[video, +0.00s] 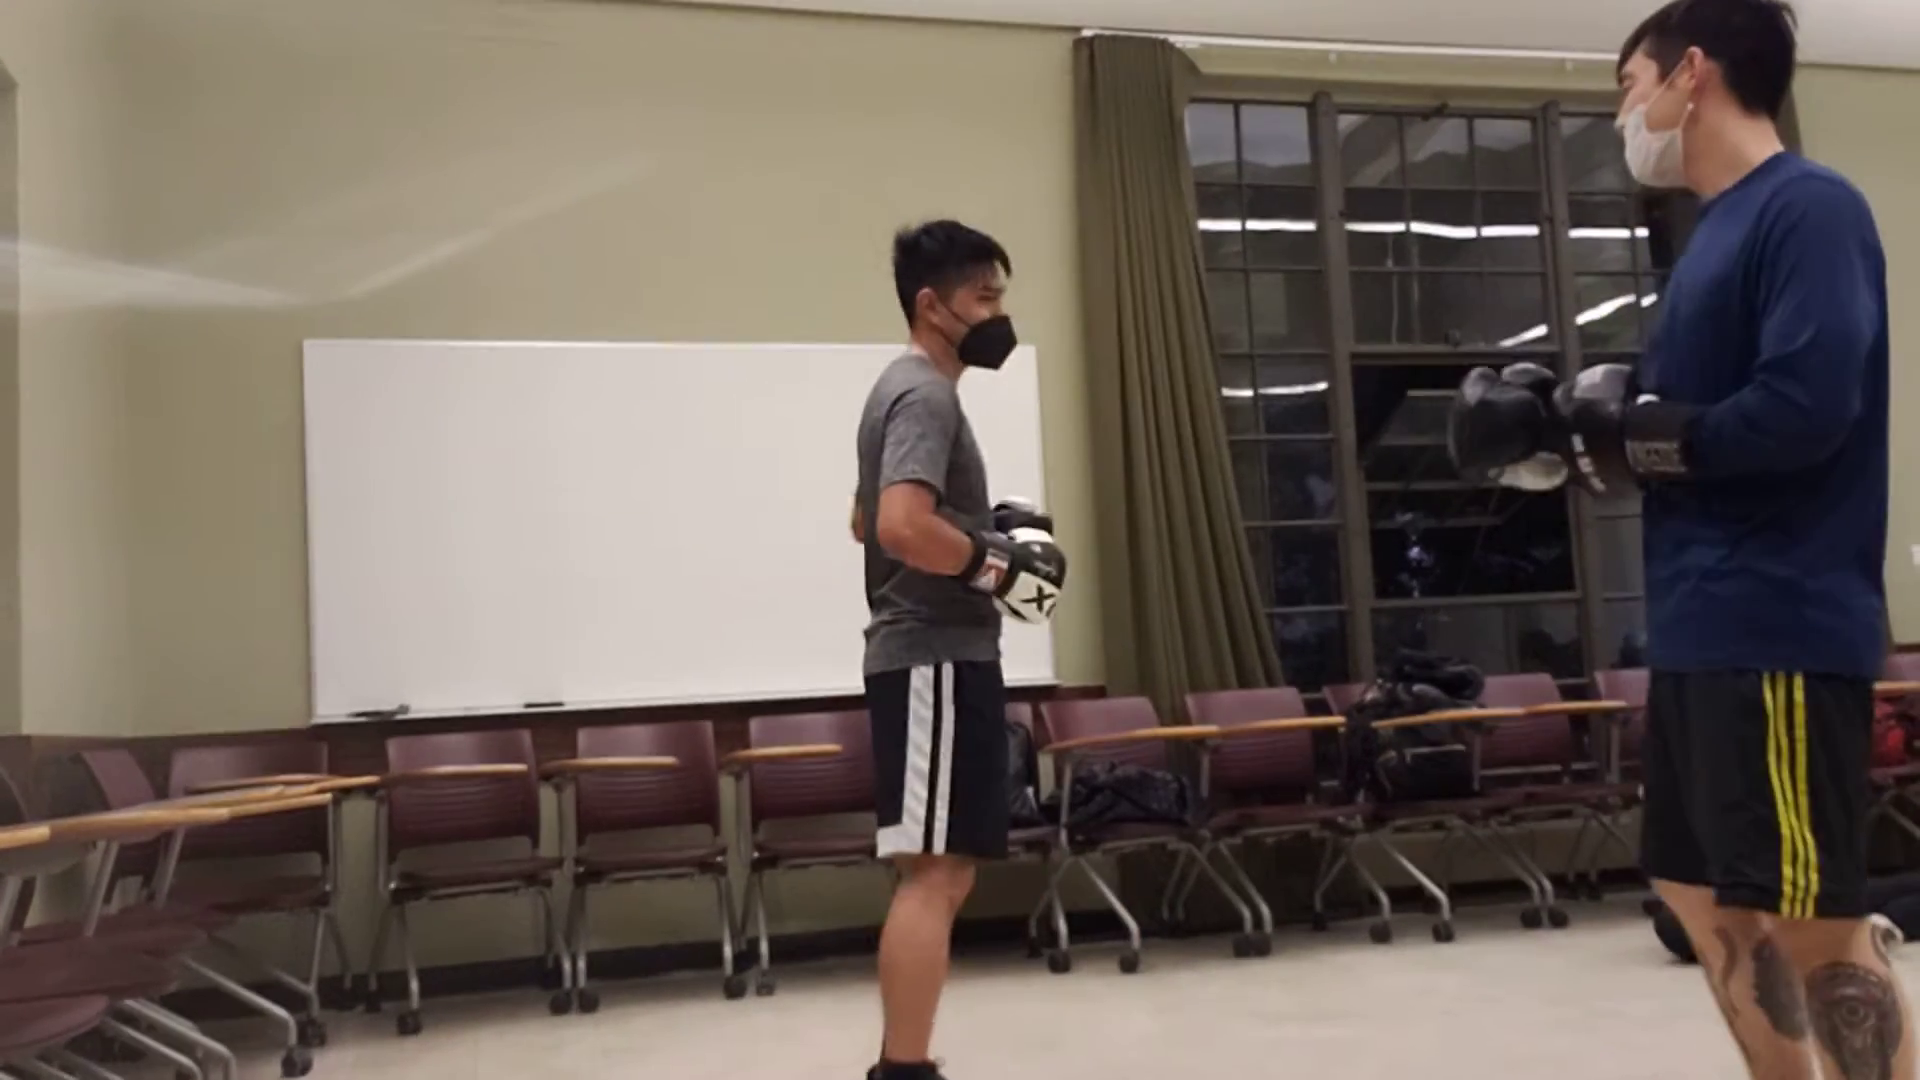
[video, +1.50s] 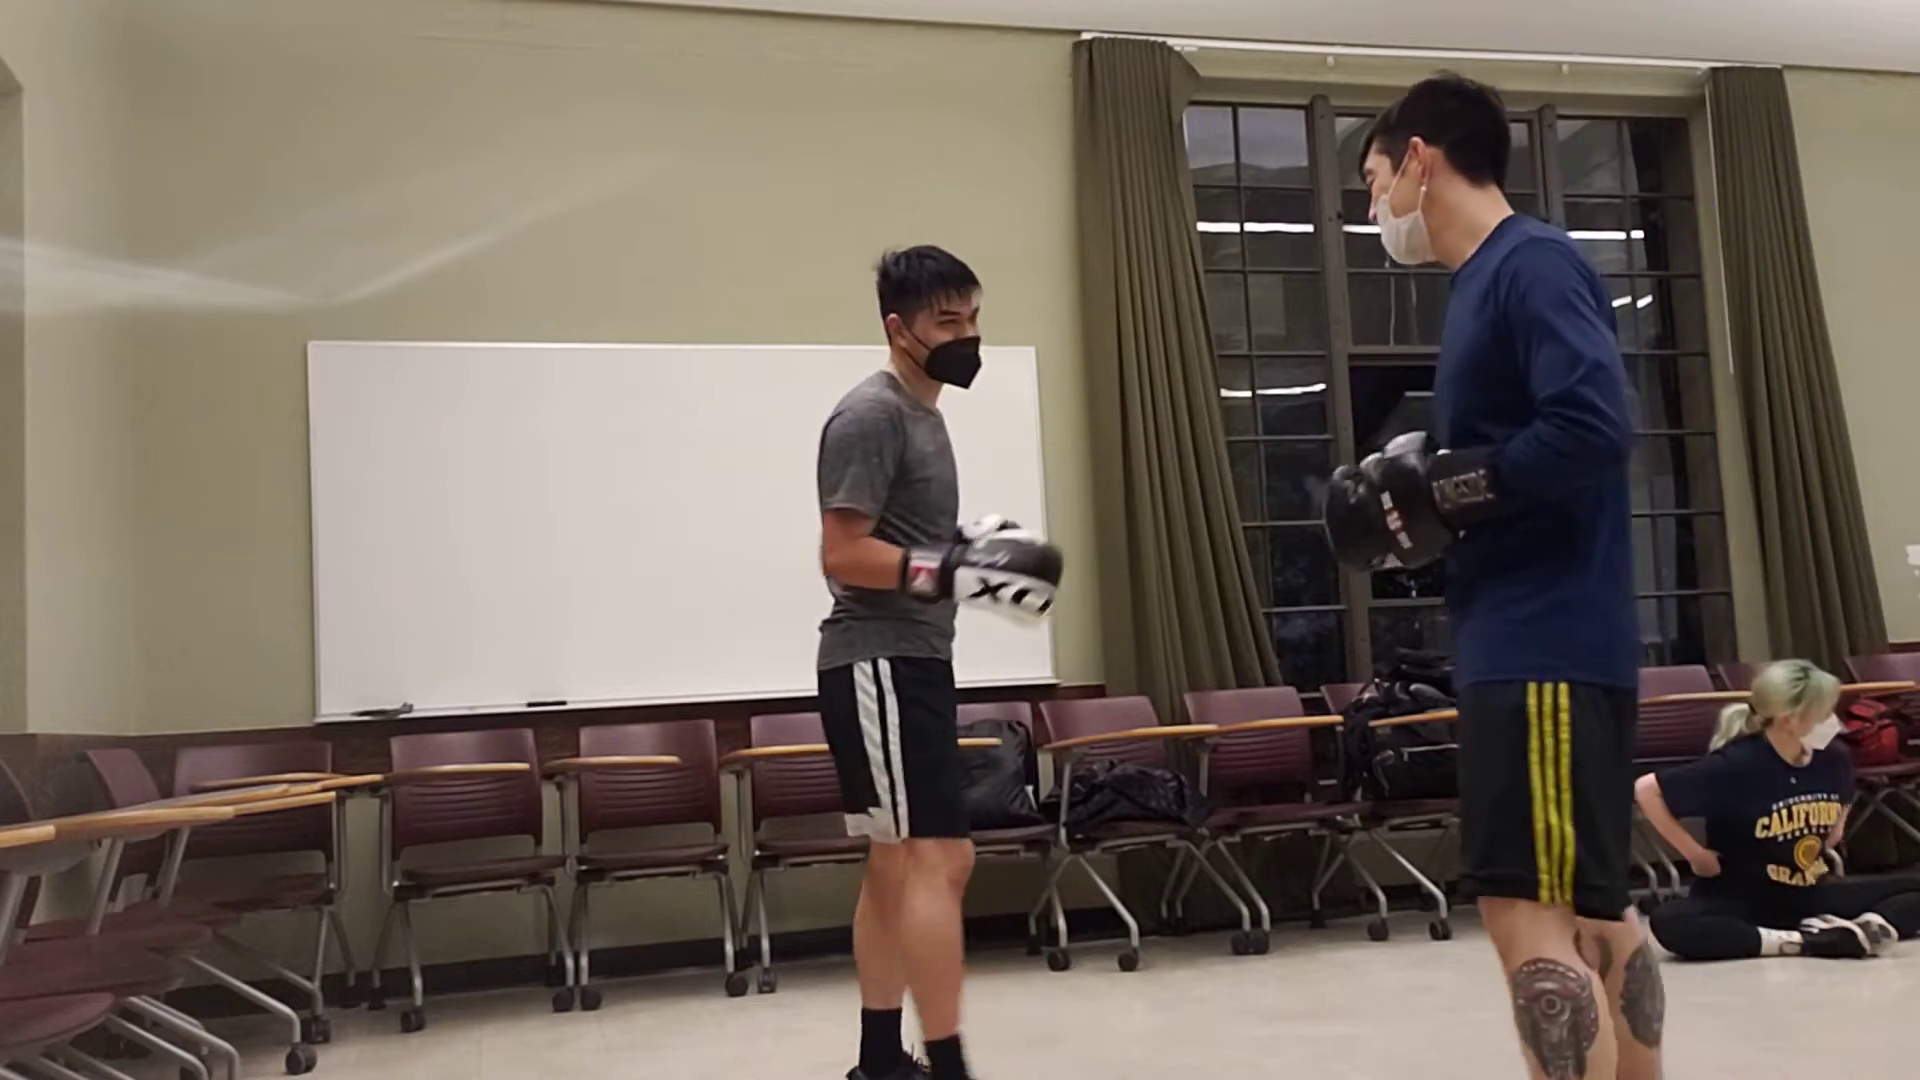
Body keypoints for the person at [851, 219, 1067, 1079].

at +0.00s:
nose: (999, 310)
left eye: (1000, 295)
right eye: (983, 296)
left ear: (932, 308)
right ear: (929, 302)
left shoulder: (900, 389)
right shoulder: (923, 394)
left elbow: (867, 520)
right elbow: (901, 522)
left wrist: (979, 531)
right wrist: (991, 566)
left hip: (933, 659)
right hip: (934, 663)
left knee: (939, 873)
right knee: (934, 874)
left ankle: (906, 1062)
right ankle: (906, 1066)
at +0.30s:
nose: (990, 342)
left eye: (996, 326)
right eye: (973, 325)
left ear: (992, 326)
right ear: (920, 323)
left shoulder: (945, 419)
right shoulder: (893, 418)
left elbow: (938, 550)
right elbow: (888, 556)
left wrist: (1022, 512)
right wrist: (1003, 522)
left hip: (949, 655)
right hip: (929, 659)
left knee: (932, 854)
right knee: (1011, 849)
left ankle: (895, 1061)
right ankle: (952, 1065)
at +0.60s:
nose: (1003, 337)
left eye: (1008, 320)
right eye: (985, 321)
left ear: (1003, 315)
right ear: (933, 321)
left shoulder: (948, 408)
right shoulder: (920, 406)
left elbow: (993, 521)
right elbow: (982, 513)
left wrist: (1068, 480)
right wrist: (1075, 447)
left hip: (967, 658)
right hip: (968, 660)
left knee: (949, 857)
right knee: (1028, 864)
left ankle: (897, 1057)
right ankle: (1054, 1072)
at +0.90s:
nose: (1043, 307)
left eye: (1043, 290)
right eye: (1026, 293)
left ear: (975, 307)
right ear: (970, 300)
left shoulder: (949, 384)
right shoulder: (978, 384)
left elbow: (1002, 511)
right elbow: (1036, 511)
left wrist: (1086, 479)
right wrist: (1137, 458)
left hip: (965, 645)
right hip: (997, 648)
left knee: (976, 855)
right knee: (1034, 867)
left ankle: (915, 1047)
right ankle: (1054, 1073)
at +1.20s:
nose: (1020, 327)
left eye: (1023, 311)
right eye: (1004, 311)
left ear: (968, 318)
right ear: (950, 315)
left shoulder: (953, 399)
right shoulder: (936, 401)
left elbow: (980, 516)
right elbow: (968, 531)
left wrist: (1067, 480)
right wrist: (1079, 498)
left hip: (953, 657)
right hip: (956, 660)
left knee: (940, 861)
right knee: (1013, 869)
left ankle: (888, 1054)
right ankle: (1050, 1072)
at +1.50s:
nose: (967, 335)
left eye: (972, 319)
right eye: (948, 320)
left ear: (972, 315)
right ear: (898, 324)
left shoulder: (922, 414)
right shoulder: (869, 414)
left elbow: (903, 542)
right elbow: (841, 554)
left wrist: (977, 553)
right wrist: (950, 570)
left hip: (909, 659)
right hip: (878, 661)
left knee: (893, 864)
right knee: (941, 860)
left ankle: (882, 1060)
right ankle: (948, 1067)